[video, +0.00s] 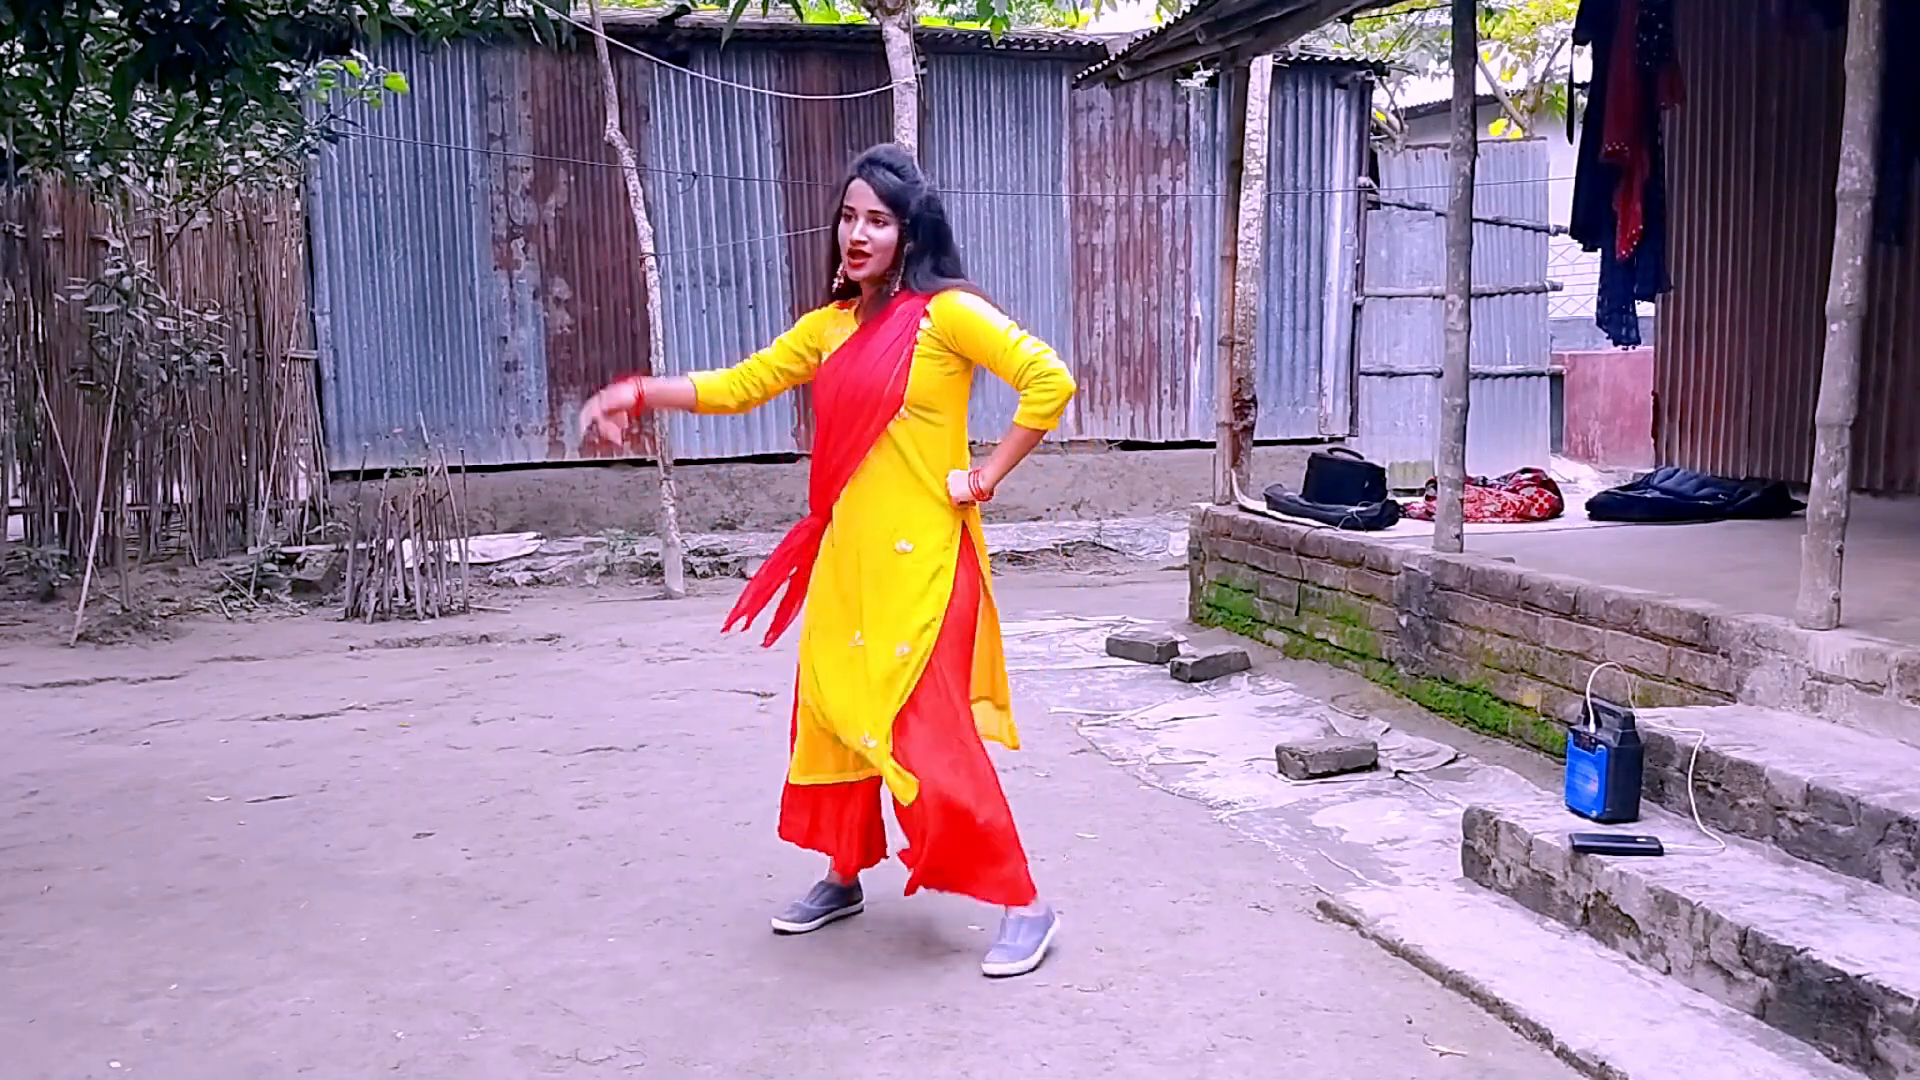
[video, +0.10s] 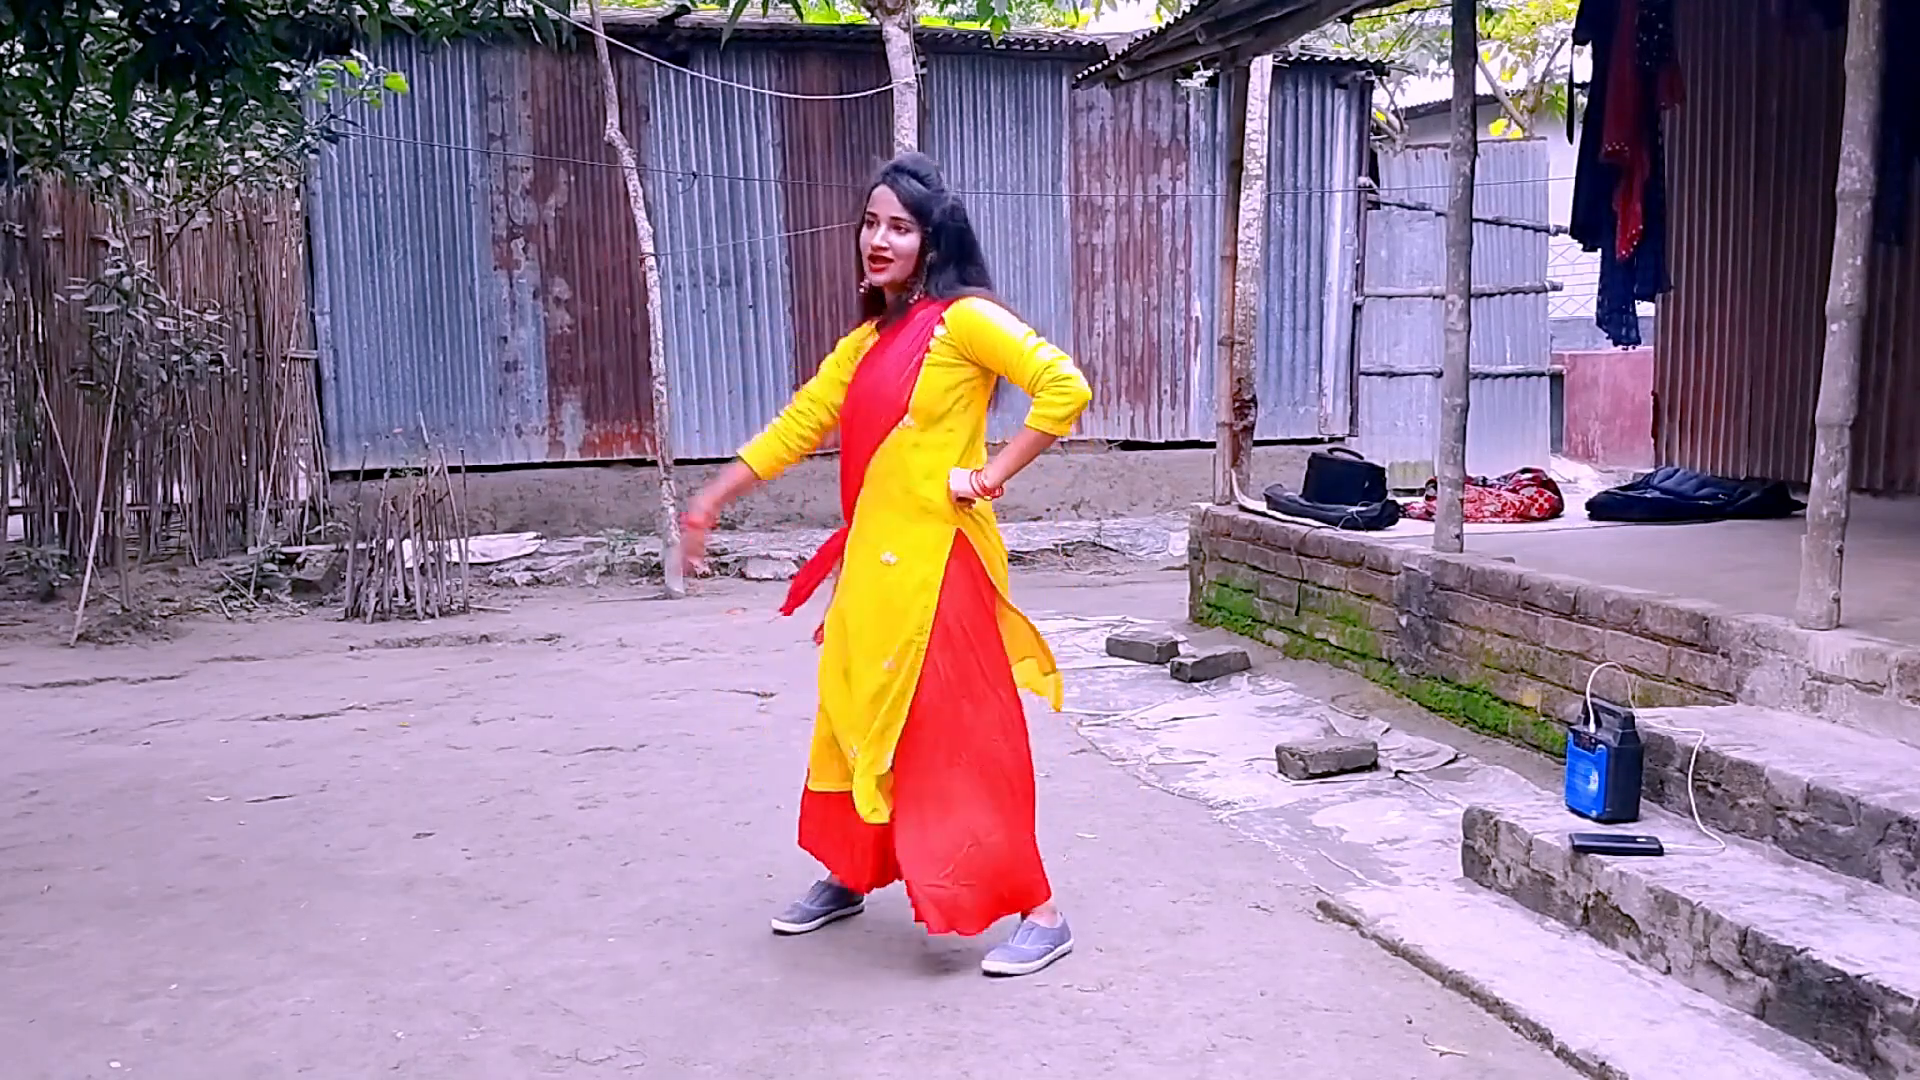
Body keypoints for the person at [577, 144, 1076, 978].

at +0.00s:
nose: (856, 233)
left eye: (875, 219)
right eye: (848, 216)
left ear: (911, 231)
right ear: (836, 226)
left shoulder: (947, 312)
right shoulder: (829, 325)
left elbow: (1051, 382)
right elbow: (737, 386)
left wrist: (987, 473)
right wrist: (637, 390)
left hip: (924, 544)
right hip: (845, 545)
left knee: (923, 720)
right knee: (831, 705)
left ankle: (1024, 905)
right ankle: (840, 877)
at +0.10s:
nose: (876, 240)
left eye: (895, 226)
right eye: (869, 225)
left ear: (934, 237)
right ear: (860, 234)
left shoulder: (963, 318)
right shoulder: (862, 342)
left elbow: (1064, 387)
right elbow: (797, 427)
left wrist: (994, 474)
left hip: (943, 552)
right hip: (872, 554)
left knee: (972, 725)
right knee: (851, 706)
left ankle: (1039, 911)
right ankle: (845, 877)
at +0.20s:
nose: (900, 246)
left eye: (920, 235)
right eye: (894, 230)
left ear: (956, 251)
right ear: (883, 243)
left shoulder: (978, 333)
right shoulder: (901, 351)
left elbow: (1059, 410)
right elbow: (873, 463)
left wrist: (991, 487)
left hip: (970, 562)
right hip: (907, 563)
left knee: (981, 734)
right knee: (849, 700)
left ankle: (1036, 917)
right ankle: (861, 877)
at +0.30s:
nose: (927, 224)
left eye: (948, 215)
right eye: (922, 209)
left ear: (981, 235)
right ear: (910, 223)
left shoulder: (996, 323)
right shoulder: (928, 329)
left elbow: (1072, 401)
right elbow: (963, 422)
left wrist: (998, 480)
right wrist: (932, 500)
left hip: (990, 557)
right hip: (938, 555)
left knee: (994, 733)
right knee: (936, 720)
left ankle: (1038, 915)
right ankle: (949, 880)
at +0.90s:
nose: (920, 204)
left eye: (939, 189)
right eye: (911, 192)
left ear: (977, 207)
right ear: (902, 211)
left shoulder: (1017, 296)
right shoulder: (883, 306)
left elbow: (1100, 392)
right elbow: (891, 423)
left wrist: (1017, 464)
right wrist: (869, 510)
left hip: (981, 536)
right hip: (894, 535)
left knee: (1009, 717)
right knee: (871, 692)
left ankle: (1044, 910)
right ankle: (867, 864)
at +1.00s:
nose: (905, 232)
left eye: (924, 218)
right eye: (896, 219)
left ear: (963, 235)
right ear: (888, 235)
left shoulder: (999, 333)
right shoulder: (850, 332)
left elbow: (1079, 427)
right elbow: (830, 437)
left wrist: (998, 496)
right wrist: (833, 520)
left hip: (963, 555)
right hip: (868, 555)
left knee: (996, 729)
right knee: (864, 715)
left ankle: (1038, 912)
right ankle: (860, 873)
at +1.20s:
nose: (886, 223)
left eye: (904, 209)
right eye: (877, 212)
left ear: (942, 225)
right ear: (868, 233)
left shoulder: (986, 325)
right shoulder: (842, 327)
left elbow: (1043, 437)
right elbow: (780, 415)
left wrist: (955, 485)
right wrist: (708, 486)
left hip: (944, 557)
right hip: (850, 554)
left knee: (955, 723)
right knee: (848, 717)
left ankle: (1049, 884)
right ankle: (860, 867)